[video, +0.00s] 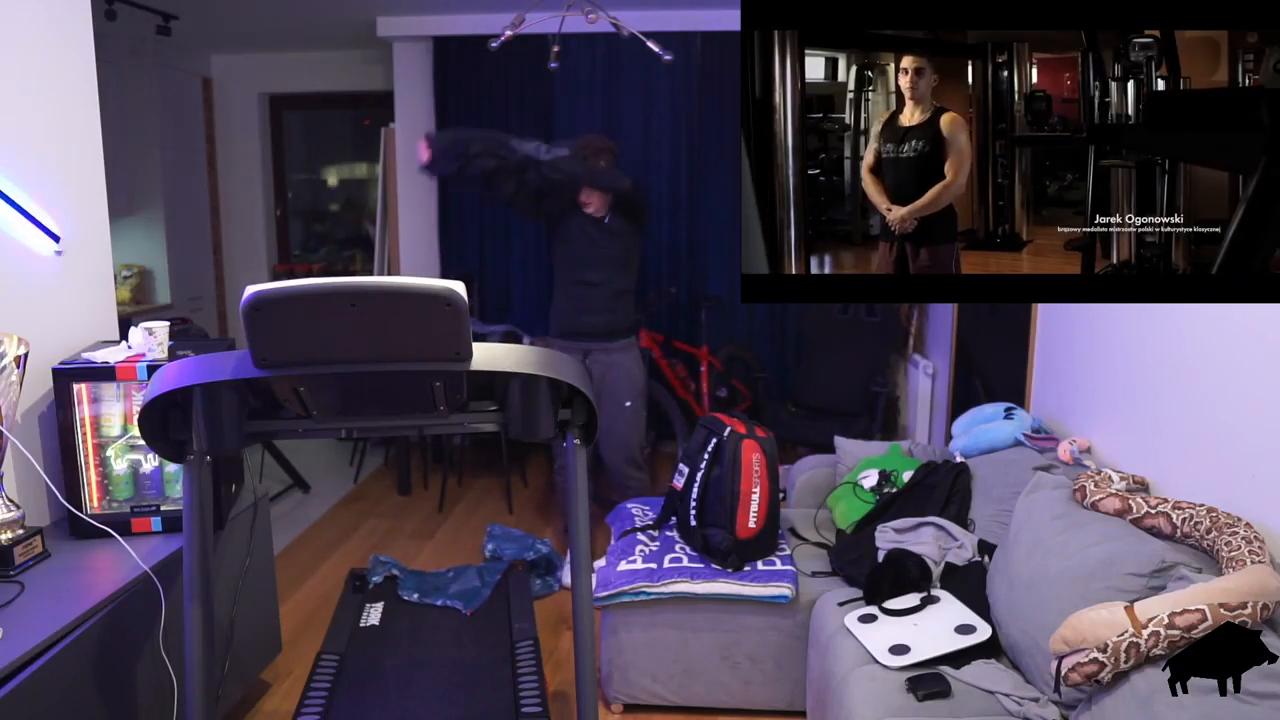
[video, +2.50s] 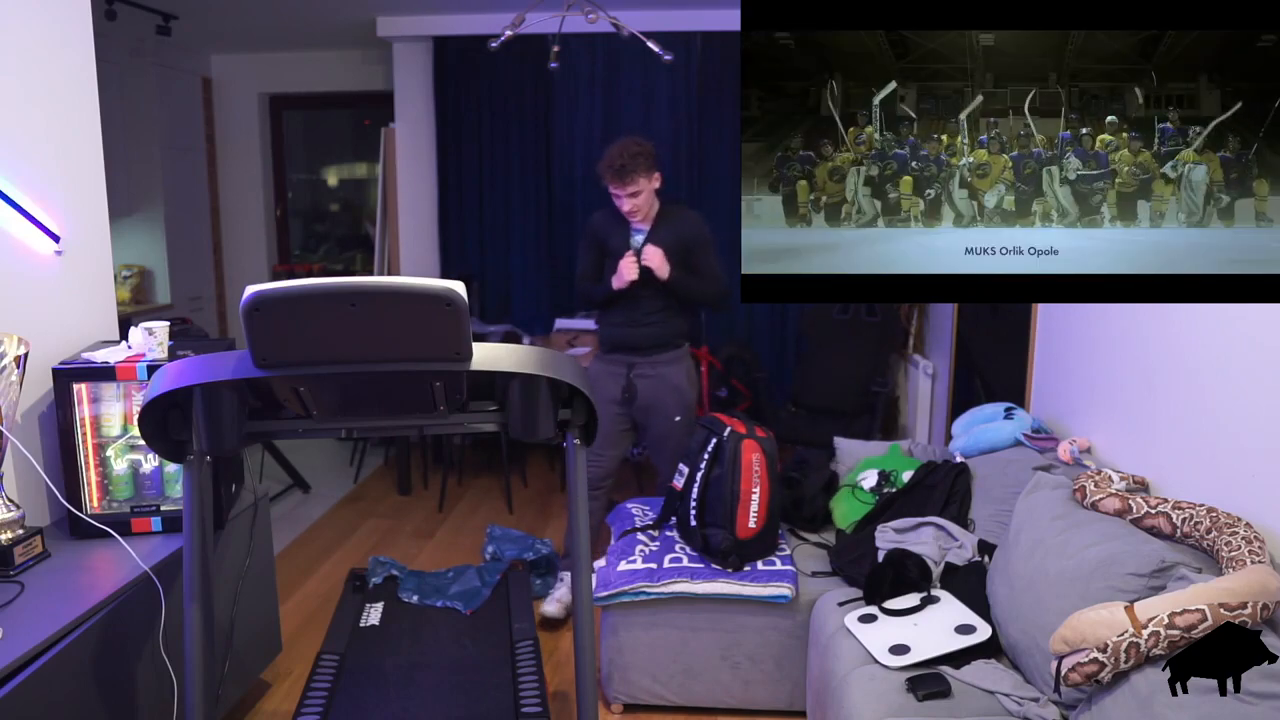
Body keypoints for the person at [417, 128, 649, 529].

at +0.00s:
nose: (587, 197)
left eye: (596, 189)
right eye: (581, 188)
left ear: (613, 187)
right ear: (571, 186)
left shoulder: (630, 216)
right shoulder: (559, 210)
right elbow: (510, 172)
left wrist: (548, 160)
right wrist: (449, 151)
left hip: (616, 349)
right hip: (563, 348)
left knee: (623, 449)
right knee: (568, 445)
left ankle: (636, 537)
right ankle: (573, 532)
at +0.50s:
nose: (589, 198)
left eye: (597, 190)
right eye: (581, 189)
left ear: (607, 184)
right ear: (562, 180)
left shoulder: (620, 221)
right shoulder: (539, 232)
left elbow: (636, 271)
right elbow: (528, 295)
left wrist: (649, 313)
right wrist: (527, 346)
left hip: (615, 354)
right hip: (559, 357)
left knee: (615, 455)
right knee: (566, 457)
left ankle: (633, 541)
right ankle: (573, 545)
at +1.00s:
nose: (640, 199)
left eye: (648, 192)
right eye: (634, 187)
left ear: (655, 190)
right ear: (611, 174)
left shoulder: (653, 225)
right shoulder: (571, 222)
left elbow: (664, 287)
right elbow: (547, 287)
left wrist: (649, 331)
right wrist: (591, 311)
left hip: (639, 347)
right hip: (587, 348)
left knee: (656, 446)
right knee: (587, 446)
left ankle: (656, 537)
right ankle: (585, 530)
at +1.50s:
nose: (668, 184)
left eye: (679, 178)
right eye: (663, 172)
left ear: (690, 182)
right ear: (648, 167)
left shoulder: (701, 231)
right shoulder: (618, 220)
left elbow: (725, 299)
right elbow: (574, 278)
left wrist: (764, 332)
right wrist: (578, 242)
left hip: (676, 361)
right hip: (618, 361)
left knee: (679, 464)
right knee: (604, 463)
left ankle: (683, 557)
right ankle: (587, 548)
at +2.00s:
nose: (666, 180)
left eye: (676, 171)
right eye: (659, 170)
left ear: (693, 174)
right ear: (649, 171)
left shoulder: (713, 226)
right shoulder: (627, 222)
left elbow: (729, 291)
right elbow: (598, 286)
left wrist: (703, 313)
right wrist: (633, 261)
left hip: (690, 361)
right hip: (631, 361)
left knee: (687, 462)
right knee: (629, 462)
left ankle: (683, 549)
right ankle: (599, 534)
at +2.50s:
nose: (625, 205)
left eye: (633, 194)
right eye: (617, 195)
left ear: (655, 183)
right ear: (607, 190)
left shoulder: (686, 226)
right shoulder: (601, 227)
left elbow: (717, 294)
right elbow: (584, 294)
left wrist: (670, 274)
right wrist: (613, 284)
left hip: (669, 367)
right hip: (610, 368)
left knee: (674, 476)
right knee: (591, 474)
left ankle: (684, 576)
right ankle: (572, 575)